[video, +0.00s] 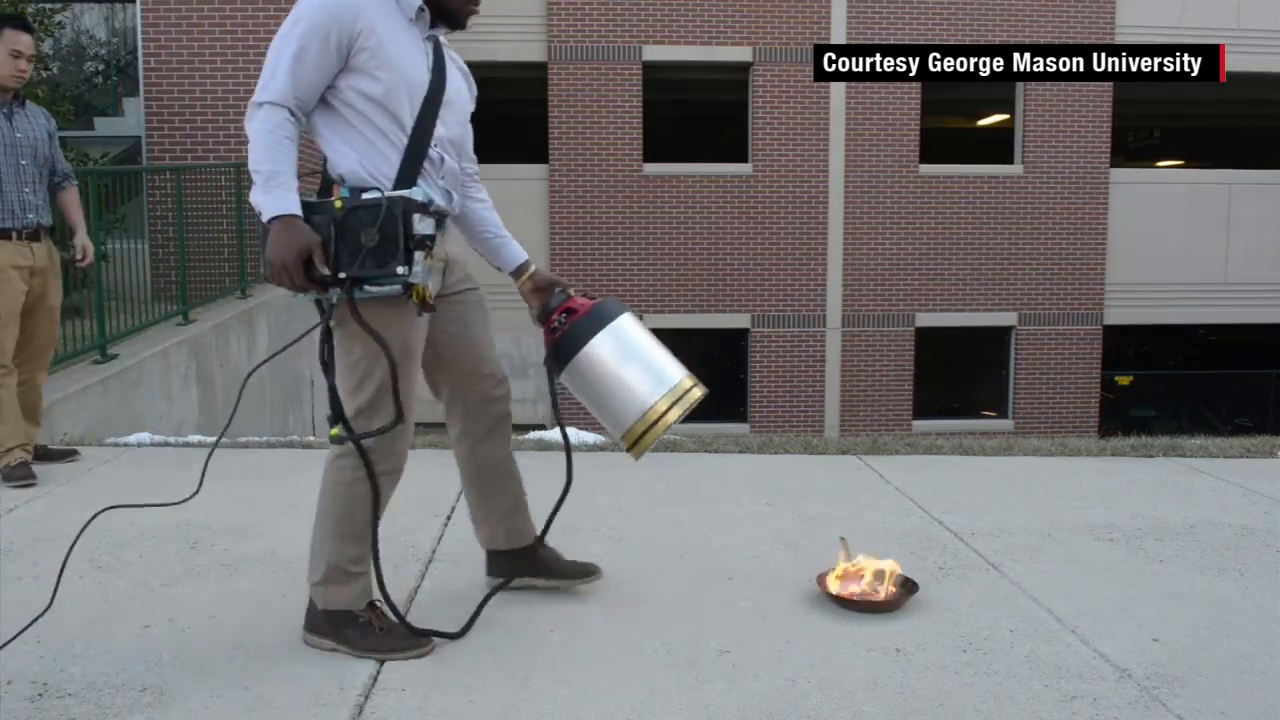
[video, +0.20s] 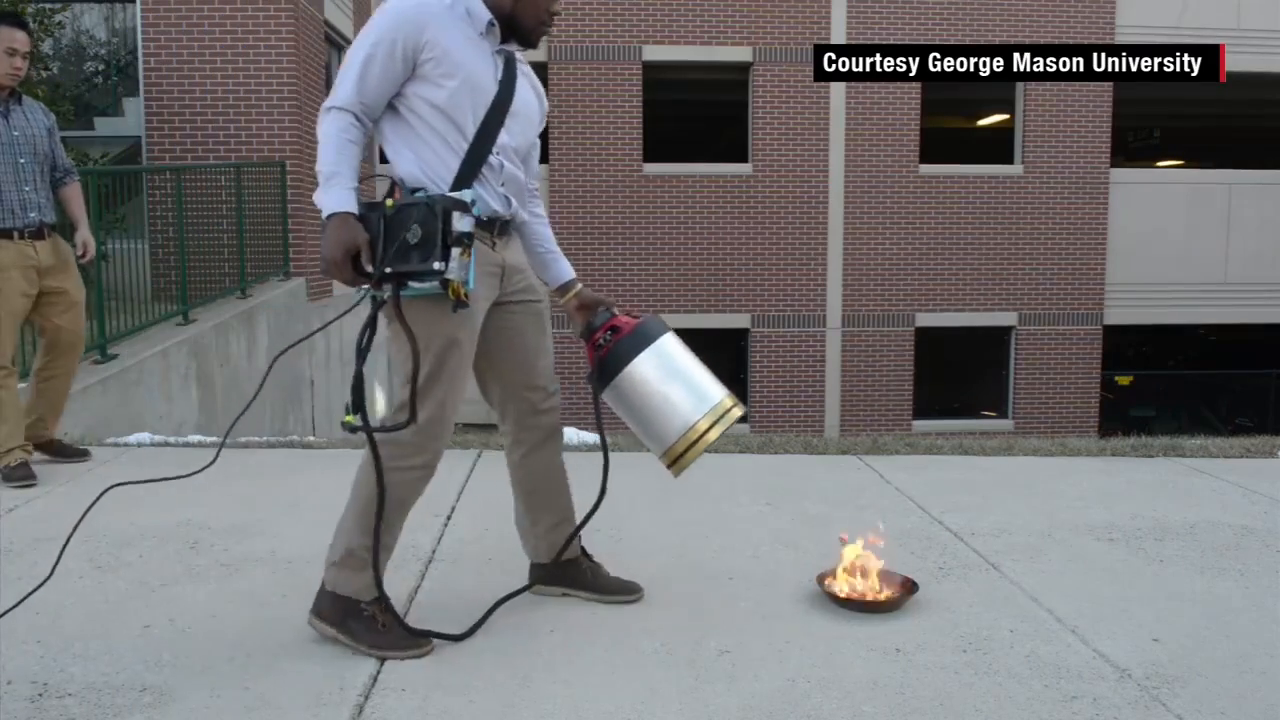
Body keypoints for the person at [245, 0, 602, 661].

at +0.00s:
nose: (477, 0)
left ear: (457, 5)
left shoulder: (457, 74)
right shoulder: (343, 9)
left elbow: (463, 185)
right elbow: (273, 107)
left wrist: (523, 269)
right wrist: (281, 215)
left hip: (443, 249)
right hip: (372, 251)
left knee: (482, 398)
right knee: (372, 434)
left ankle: (512, 548)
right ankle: (337, 605)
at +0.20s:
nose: (555, 14)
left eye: (558, 5)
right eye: (550, 2)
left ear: (523, 4)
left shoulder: (530, 90)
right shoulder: (418, 17)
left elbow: (525, 203)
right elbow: (344, 110)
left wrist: (568, 287)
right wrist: (338, 211)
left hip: (510, 259)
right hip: (436, 255)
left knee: (534, 408)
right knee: (416, 430)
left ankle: (555, 554)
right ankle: (347, 592)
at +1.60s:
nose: (678, 35)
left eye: (685, 24)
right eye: (675, 19)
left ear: (652, 14)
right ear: (636, 2)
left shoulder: (643, 107)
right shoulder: (545, 23)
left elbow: (626, 211)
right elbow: (465, 98)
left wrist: (649, 300)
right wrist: (430, 188)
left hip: (594, 252)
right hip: (515, 237)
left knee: (571, 408)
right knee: (492, 407)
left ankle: (556, 556)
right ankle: (444, 568)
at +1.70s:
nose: (679, 41)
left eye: (687, 30)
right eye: (676, 24)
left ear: (652, 16)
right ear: (637, 3)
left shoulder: (642, 112)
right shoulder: (548, 23)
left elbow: (624, 217)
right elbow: (466, 96)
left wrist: (649, 307)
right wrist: (425, 183)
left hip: (587, 251)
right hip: (510, 235)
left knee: (566, 409)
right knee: (489, 407)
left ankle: (556, 557)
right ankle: (443, 570)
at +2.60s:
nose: (715, 106)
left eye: (725, 99)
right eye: (711, 86)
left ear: (724, 101)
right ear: (676, 61)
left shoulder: (656, 174)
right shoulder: (595, 53)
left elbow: (635, 275)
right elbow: (493, 90)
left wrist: (652, 374)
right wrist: (419, 156)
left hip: (556, 258)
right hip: (484, 230)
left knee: (558, 410)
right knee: (466, 407)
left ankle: (554, 556)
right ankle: (418, 565)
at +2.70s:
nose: (716, 109)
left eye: (728, 103)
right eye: (712, 90)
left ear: (728, 106)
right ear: (677, 66)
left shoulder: (658, 178)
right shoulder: (598, 57)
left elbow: (636, 277)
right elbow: (496, 90)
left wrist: (651, 375)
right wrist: (419, 156)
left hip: (556, 259)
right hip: (483, 229)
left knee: (557, 410)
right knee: (464, 404)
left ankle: (555, 555)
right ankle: (417, 565)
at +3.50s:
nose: (611, 9)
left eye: (615, 3)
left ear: (613, 17)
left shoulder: (605, 103)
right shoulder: (490, 32)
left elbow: (601, 203)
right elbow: (410, 108)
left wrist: (608, 287)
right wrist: (374, 195)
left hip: (542, 252)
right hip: (464, 243)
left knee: (548, 408)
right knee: (442, 409)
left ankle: (555, 554)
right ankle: (386, 555)